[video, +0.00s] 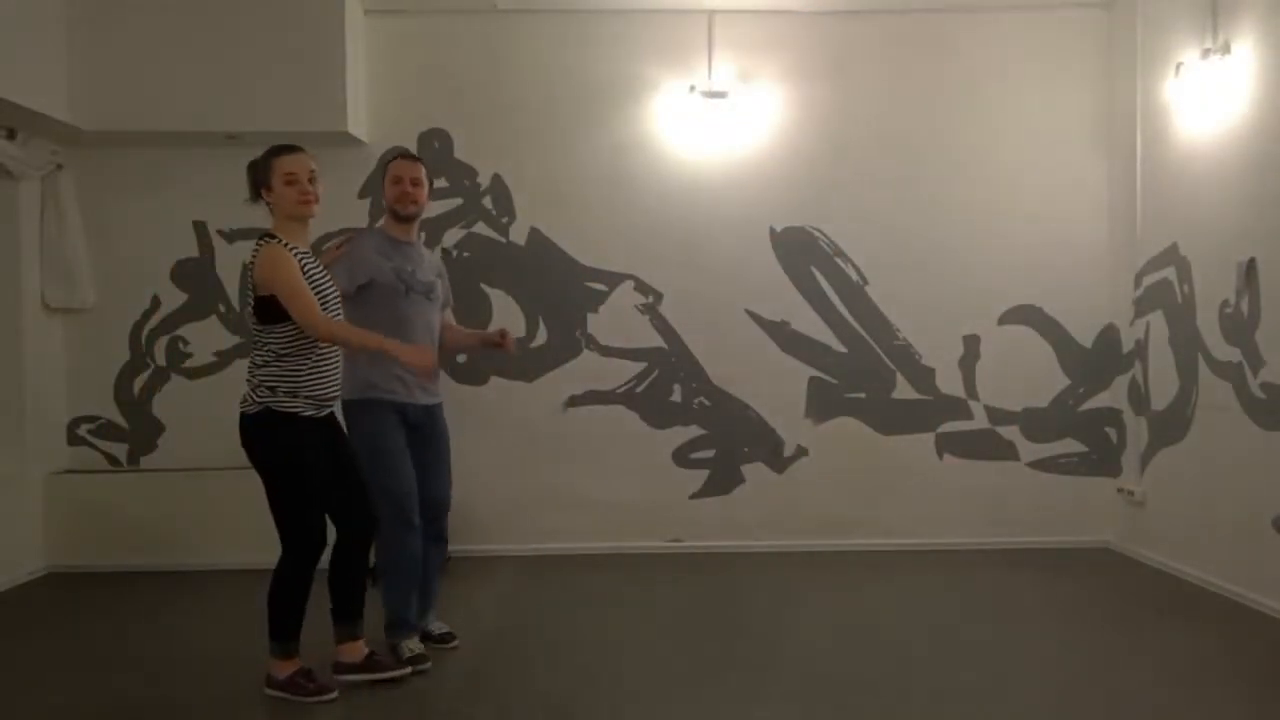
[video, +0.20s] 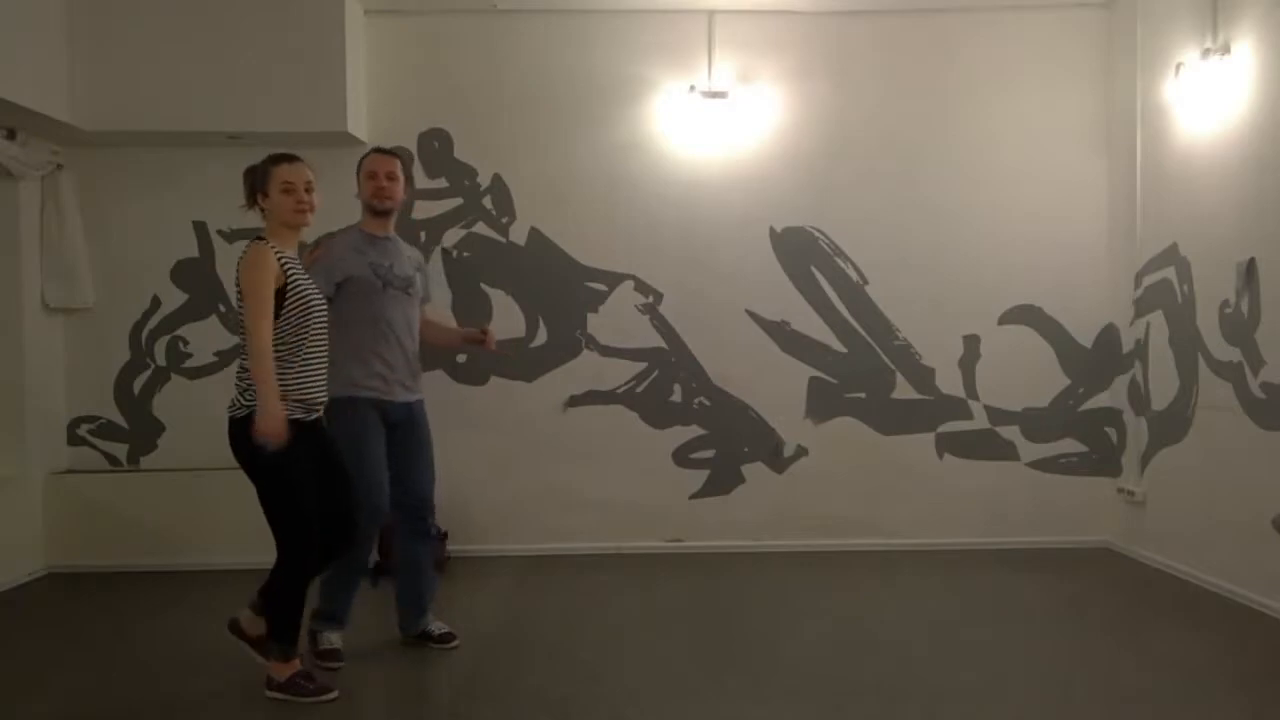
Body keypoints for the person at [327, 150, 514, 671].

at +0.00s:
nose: (407, 190)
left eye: (415, 183)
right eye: (398, 182)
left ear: (427, 194)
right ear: (382, 192)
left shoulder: (432, 263)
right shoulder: (359, 249)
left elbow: (445, 333)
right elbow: (309, 300)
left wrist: (484, 337)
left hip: (425, 401)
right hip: (372, 401)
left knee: (434, 510)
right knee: (400, 512)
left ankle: (422, 617)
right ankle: (400, 632)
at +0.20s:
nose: (383, 185)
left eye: (391, 178)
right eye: (374, 178)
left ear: (405, 190)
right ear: (359, 187)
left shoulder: (414, 259)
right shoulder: (334, 250)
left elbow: (419, 323)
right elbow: (297, 316)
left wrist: (468, 337)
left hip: (406, 398)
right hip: (351, 398)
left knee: (416, 510)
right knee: (367, 509)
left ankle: (417, 619)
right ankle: (329, 623)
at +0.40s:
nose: (347, 191)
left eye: (356, 184)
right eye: (337, 183)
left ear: (370, 195)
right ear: (323, 194)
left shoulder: (381, 266)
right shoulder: (298, 254)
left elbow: (388, 336)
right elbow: (265, 314)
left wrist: (429, 343)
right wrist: (227, 324)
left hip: (372, 411)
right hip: (312, 411)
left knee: (399, 510)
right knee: (308, 524)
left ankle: (415, 618)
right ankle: (284, 631)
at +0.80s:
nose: (304, 186)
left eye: (314, 179)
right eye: (295, 179)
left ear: (332, 190)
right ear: (284, 191)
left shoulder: (358, 258)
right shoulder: (256, 254)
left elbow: (380, 330)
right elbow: (221, 317)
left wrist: (352, 323)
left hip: (337, 404)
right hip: (272, 404)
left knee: (349, 510)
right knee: (274, 517)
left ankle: (344, 604)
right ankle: (276, 626)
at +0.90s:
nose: (303, 185)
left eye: (313, 177)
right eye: (294, 178)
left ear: (332, 188)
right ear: (283, 188)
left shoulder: (361, 255)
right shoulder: (256, 251)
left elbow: (380, 326)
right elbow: (225, 316)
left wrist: (334, 314)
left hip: (338, 405)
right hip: (274, 404)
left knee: (341, 515)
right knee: (272, 515)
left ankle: (329, 607)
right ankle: (274, 624)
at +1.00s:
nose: (302, 189)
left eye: (313, 181)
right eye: (294, 182)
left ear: (333, 191)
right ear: (284, 193)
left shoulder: (363, 258)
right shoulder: (263, 254)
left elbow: (378, 329)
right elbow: (215, 307)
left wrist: (318, 313)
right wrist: (247, 312)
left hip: (340, 409)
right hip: (277, 407)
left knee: (334, 515)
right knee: (277, 516)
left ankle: (326, 606)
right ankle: (273, 626)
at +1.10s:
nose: (301, 191)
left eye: (311, 183)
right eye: (292, 184)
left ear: (333, 193)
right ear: (283, 195)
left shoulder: (365, 261)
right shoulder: (262, 257)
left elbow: (373, 332)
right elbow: (213, 309)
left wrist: (302, 316)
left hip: (340, 411)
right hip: (277, 408)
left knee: (333, 516)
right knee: (274, 518)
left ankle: (325, 605)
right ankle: (283, 627)